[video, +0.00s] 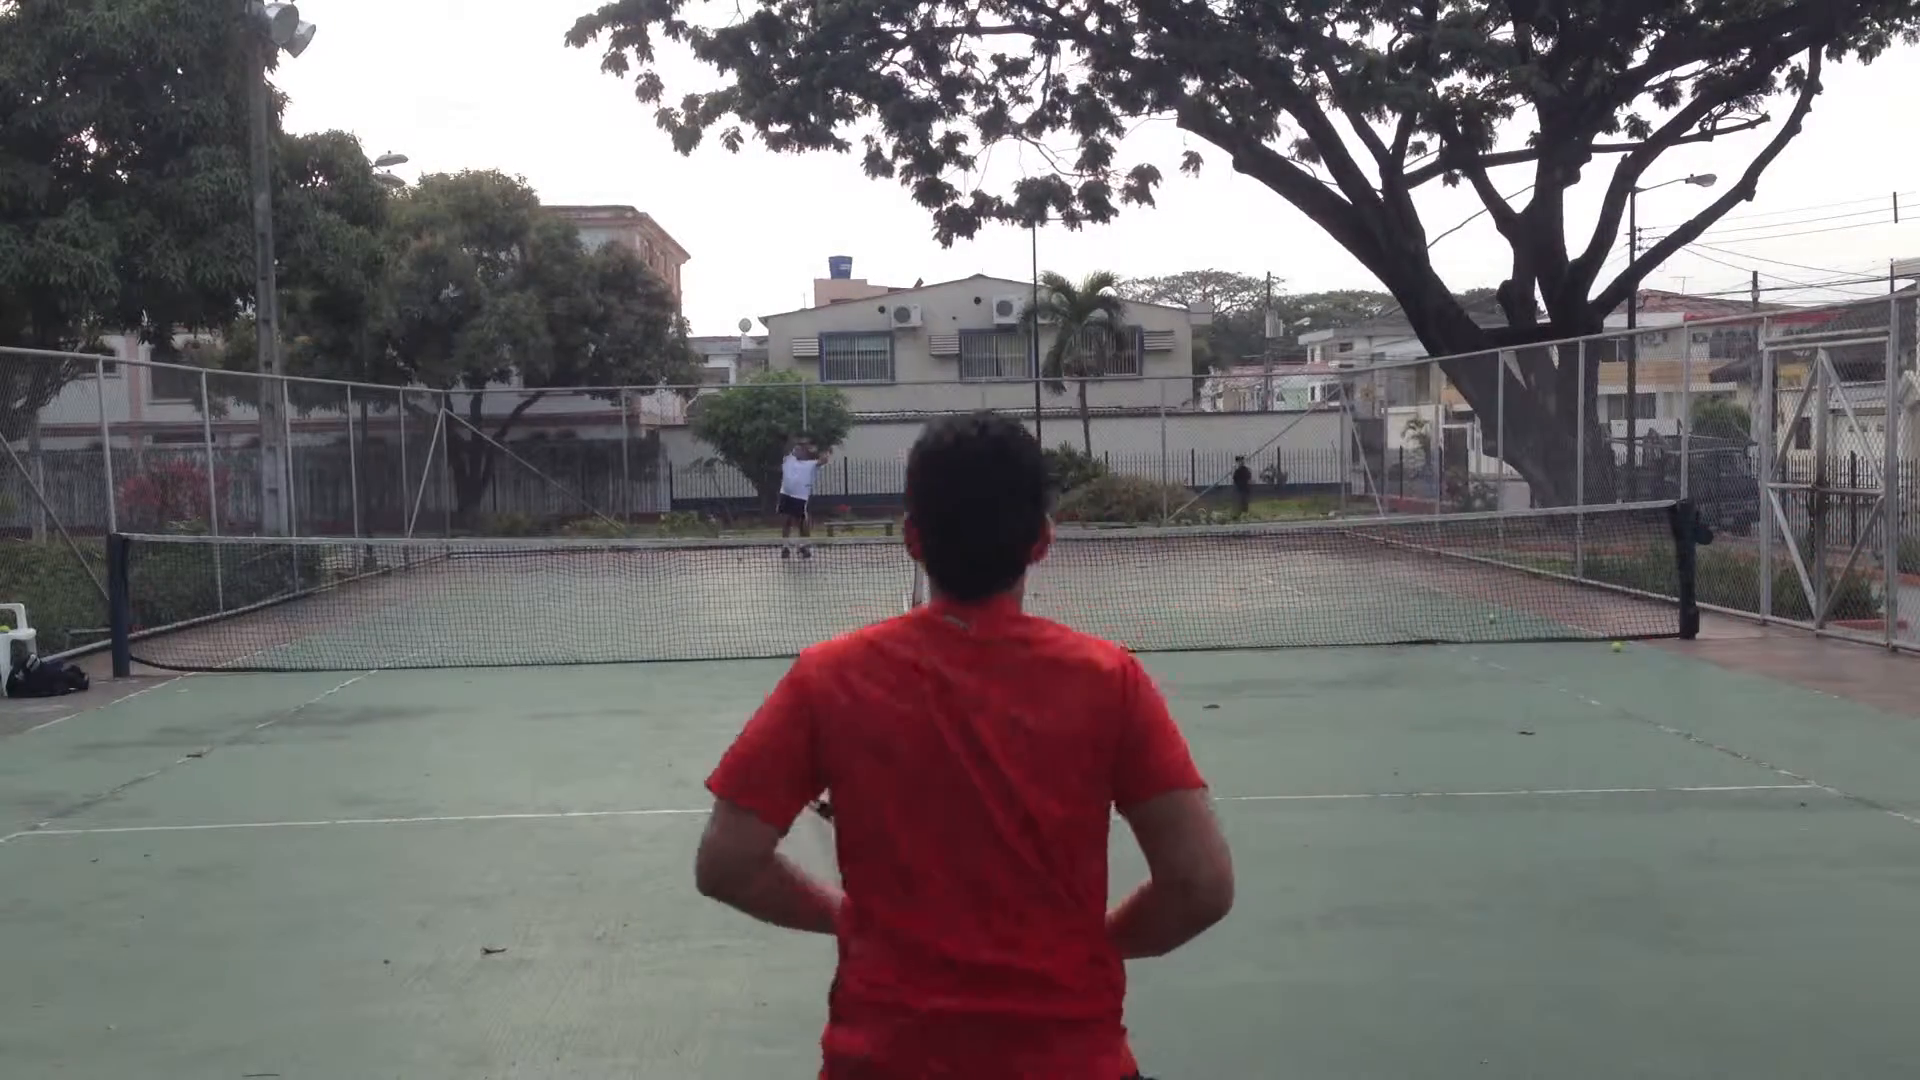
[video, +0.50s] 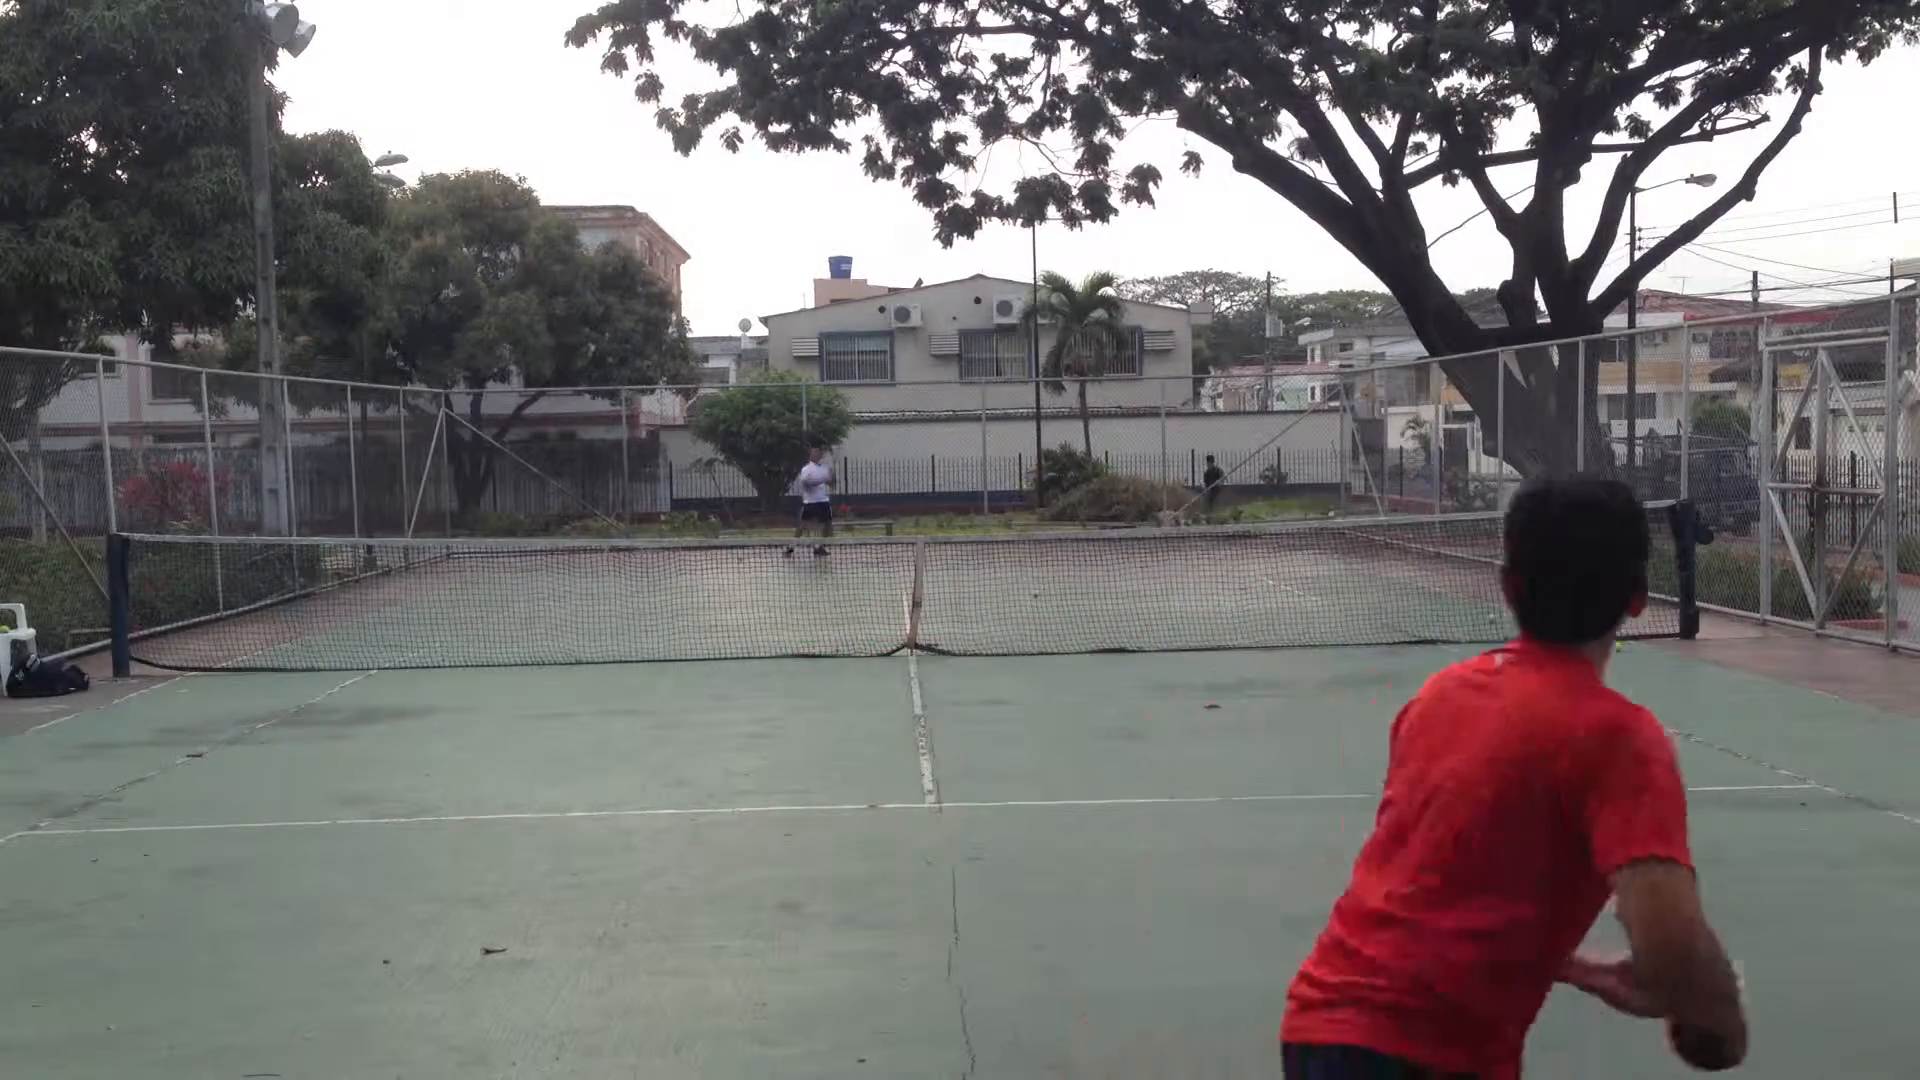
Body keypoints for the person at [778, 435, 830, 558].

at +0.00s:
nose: (798, 451)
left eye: (801, 449)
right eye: (797, 448)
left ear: (806, 452)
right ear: (794, 449)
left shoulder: (811, 463)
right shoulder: (788, 460)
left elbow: (823, 461)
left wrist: (824, 455)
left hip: (802, 497)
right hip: (786, 494)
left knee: (803, 523)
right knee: (786, 520)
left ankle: (804, 546)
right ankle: (785, 545)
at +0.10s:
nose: (804, 450)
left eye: (806, 448)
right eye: (801, 447)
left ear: (808, 450)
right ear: (794, 450)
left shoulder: (811, 464)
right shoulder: (789, 462)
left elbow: (823, 463)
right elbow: (788, 452)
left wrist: (824, 457)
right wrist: (797, 446)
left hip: (804, 496)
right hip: (788, 494)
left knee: (808, 521)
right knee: (787, 521)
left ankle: (808, 545)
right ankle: (786, 546)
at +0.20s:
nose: (804, 454)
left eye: (806, 452)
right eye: (801, 452)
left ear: (809, 454)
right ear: (797, 453)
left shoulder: (811, 466)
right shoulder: (790, 463)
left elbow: (825, 468)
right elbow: (791, 458)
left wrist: (823, 459)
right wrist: (797, 452)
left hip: (806, 498)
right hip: (791, 497)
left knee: (813, 523)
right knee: (790, 522)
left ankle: (814, 545)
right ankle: (786, 546)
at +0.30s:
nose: (800, 449)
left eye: (803, 447)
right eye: (799, 447)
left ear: (809, 451)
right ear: (798, 451)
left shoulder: (814, 466)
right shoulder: (794, 461)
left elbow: (827, 475)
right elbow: (801, 464)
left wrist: (825, 464)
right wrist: (812, 458)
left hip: (811, 499)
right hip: (796, 498)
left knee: (817, 522)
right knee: (792, 522)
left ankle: (818, 546)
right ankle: (787, 546)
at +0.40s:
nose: (811, 455)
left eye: (812, 452)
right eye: (808, 452)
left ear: (817, 453)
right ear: (805, 453)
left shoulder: (819, 466)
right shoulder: (801, 465)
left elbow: (828, 481)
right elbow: (802, 474)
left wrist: (829, 471)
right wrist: (818, 468)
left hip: (817, 499)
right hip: (802, 499)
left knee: (822, 523)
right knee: (796, 524)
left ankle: (819, 546)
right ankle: (788, 547)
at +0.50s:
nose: (817, 455)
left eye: (819, 453)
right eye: (815, 453)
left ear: (821, 454)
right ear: (810, 455)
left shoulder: (825, 468)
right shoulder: (806, 469)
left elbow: (831, 483)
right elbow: (805, 482)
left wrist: (831, 476)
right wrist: (823, 479)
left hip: (823, 500)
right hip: (809, 501)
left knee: (827, 525)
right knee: (802, 525)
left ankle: (820, 546)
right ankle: (791, 547)